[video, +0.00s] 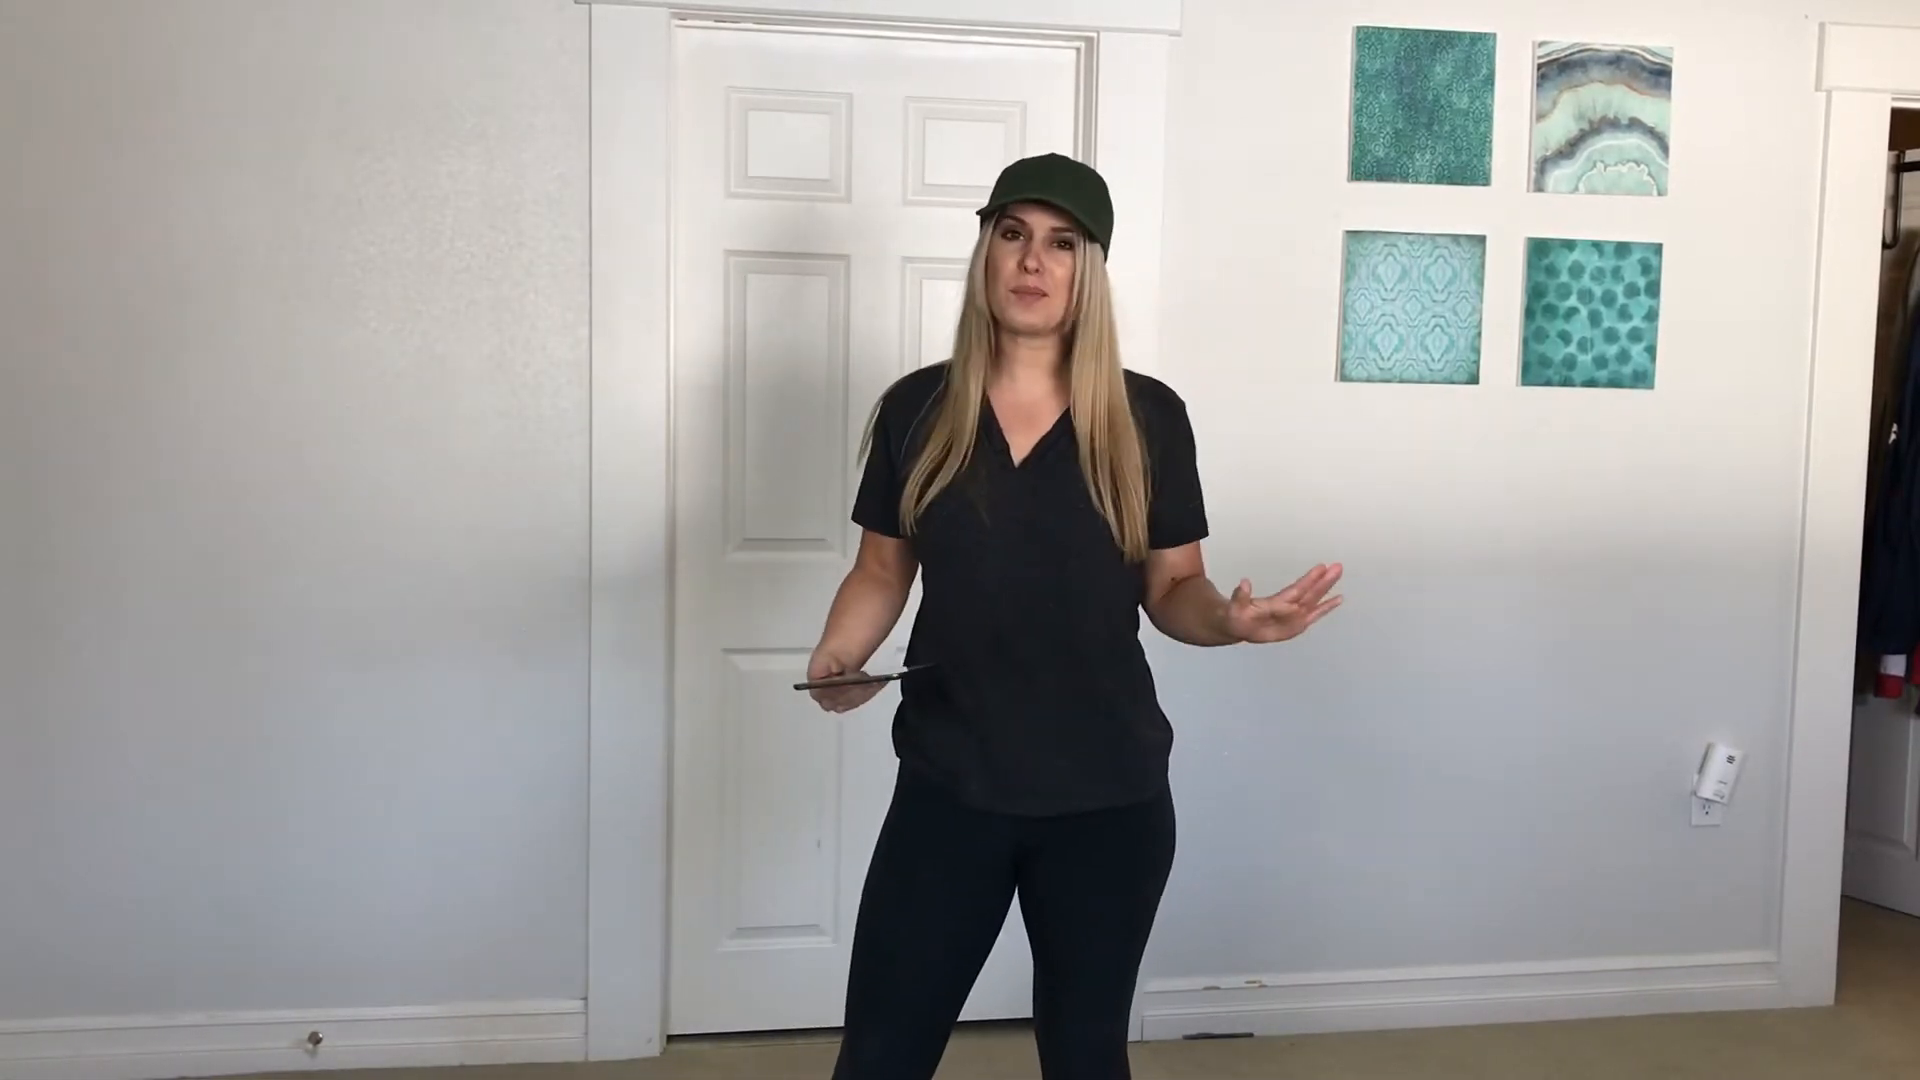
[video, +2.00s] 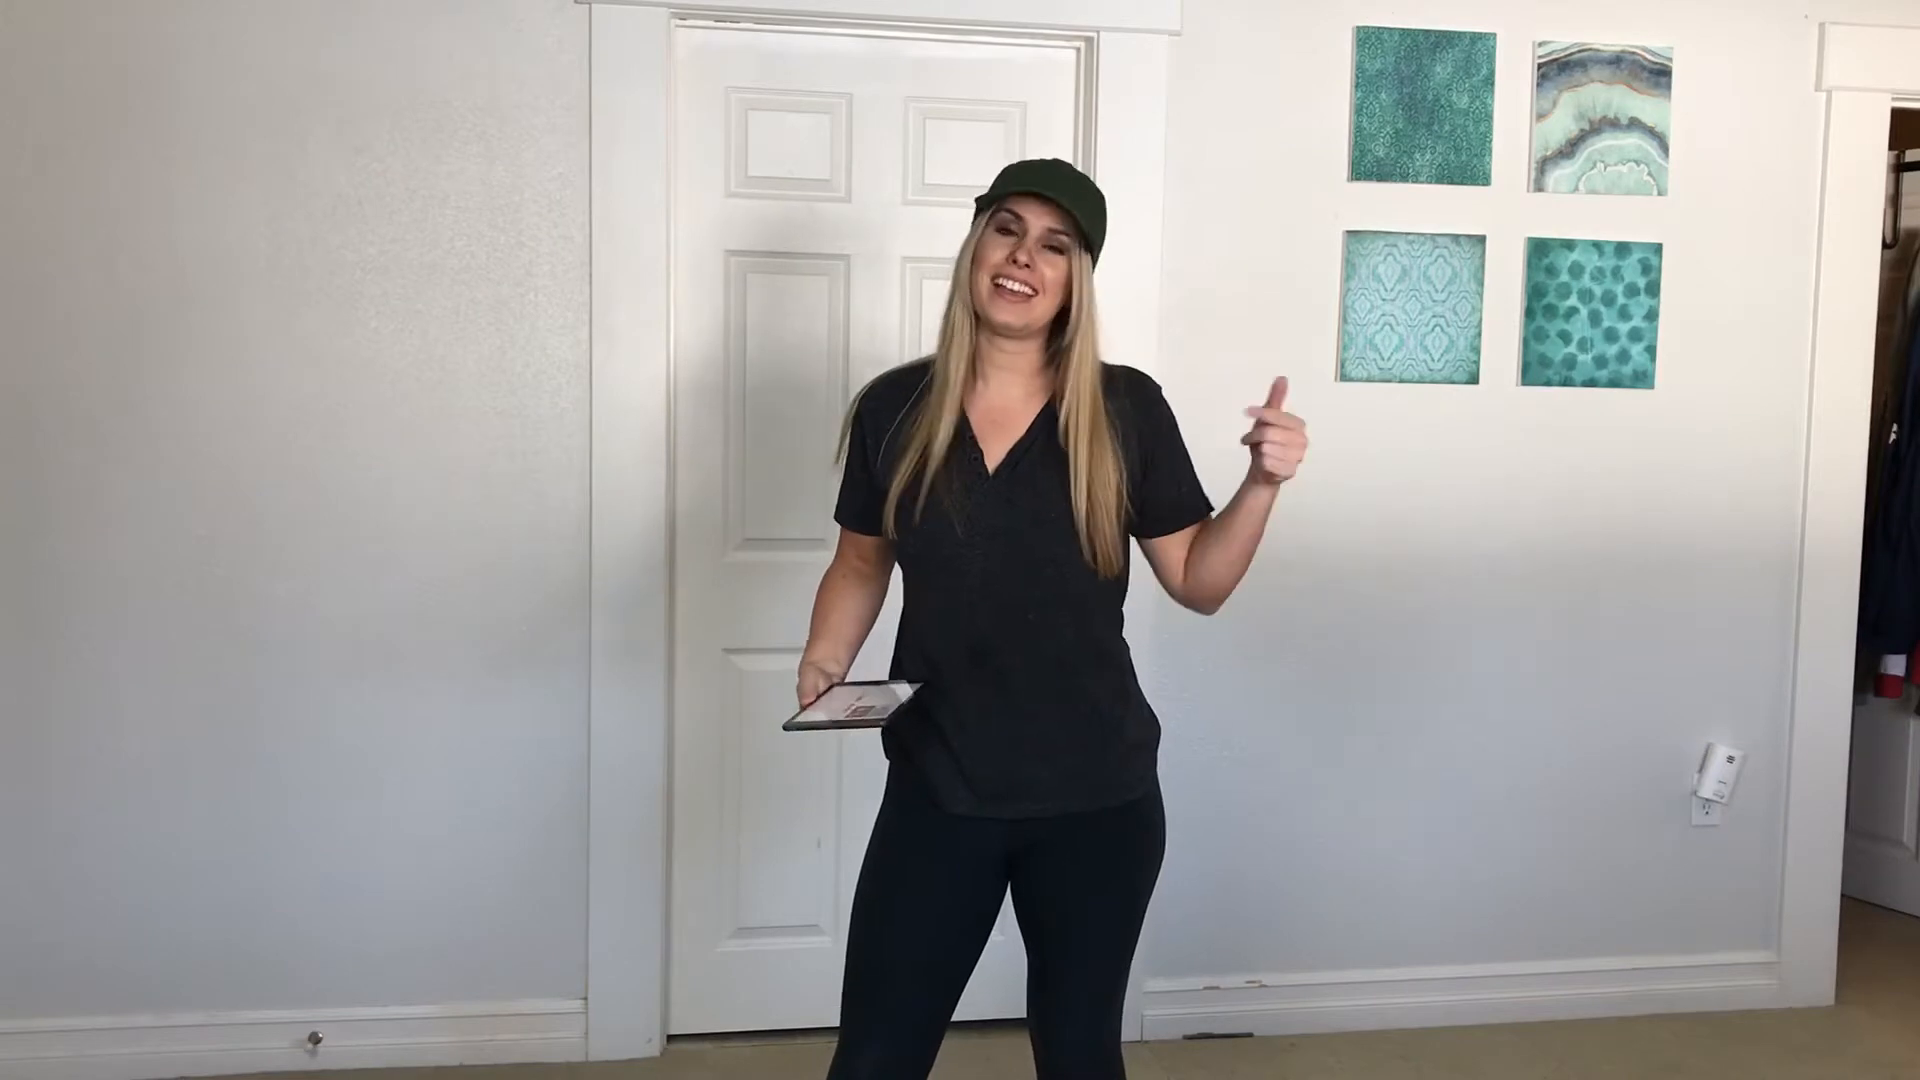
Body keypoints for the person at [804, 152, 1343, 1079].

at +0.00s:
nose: (1031, 261)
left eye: (1059, 243)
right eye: (1012, 237)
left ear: (1090, 271)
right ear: (984, 255)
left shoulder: (1145, 414)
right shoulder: (919, 409)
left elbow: (1173, 588)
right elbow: (878, 571)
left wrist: (1230, 619)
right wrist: (838, 654)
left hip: (1105, 789)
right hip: (951, 785)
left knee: (1085, 1054)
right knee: (880, 1055)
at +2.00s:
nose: (1022, 257)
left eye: (1053, 245)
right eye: (1006, 230)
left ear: (1077, 280)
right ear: (971, 248)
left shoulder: (1123, 405)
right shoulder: (896, 409)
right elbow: (860, 559)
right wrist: (825, 658)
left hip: (1093, 789)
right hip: (940, 786)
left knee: (1077, 1054)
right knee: (875, 1058)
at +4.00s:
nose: (1025, 274)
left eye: (1054, 257)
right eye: (1006, 249)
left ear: (1083, 281)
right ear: (974, 264)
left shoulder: (1136, 413)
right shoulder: (914, 410)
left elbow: (1179, 604)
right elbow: (884, 565)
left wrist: (1226, 512)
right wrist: (848, 659)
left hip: (1099, 797)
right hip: (947, 792)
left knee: (1080, 1058)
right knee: (875, 1059)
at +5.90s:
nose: (1024, 252)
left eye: (1051, 236)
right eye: (1004, 228)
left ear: (1077, 269)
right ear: (970, 250)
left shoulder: (1123, 405)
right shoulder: (923, 404)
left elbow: (1271, 534)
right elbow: (908, 552)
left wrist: (1208, 428)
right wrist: (848, 631)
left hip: (1086, 799)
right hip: (937, 793)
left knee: (1072, 1059)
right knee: (874, 1058)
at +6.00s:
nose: (1034, 252)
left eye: (1060, 234)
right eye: (1011, 229)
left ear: (1090, 260)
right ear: (980, 253)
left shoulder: (1127, 397)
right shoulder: (933, 402)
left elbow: (1250, 445)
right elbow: (912, 544)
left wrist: (1172, 347)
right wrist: (846, 623)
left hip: (1084, 797)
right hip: (933, 789)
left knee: (1070, 1056)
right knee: (871, 1056)